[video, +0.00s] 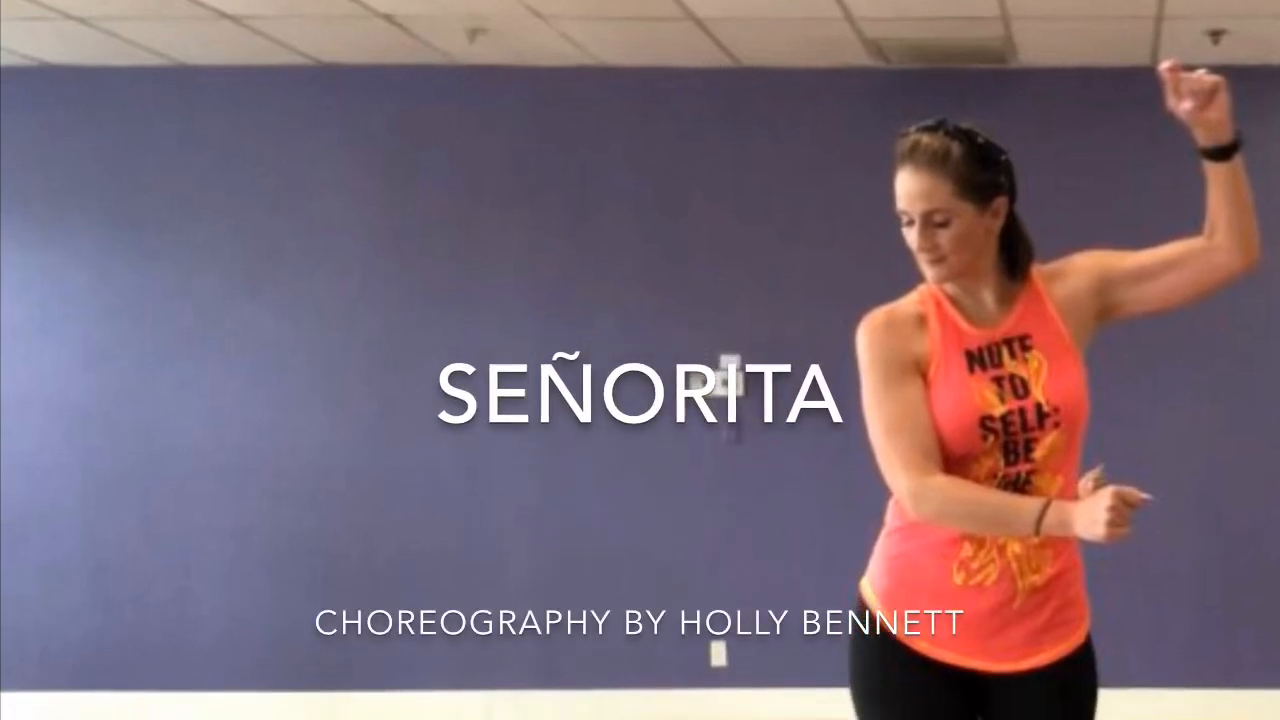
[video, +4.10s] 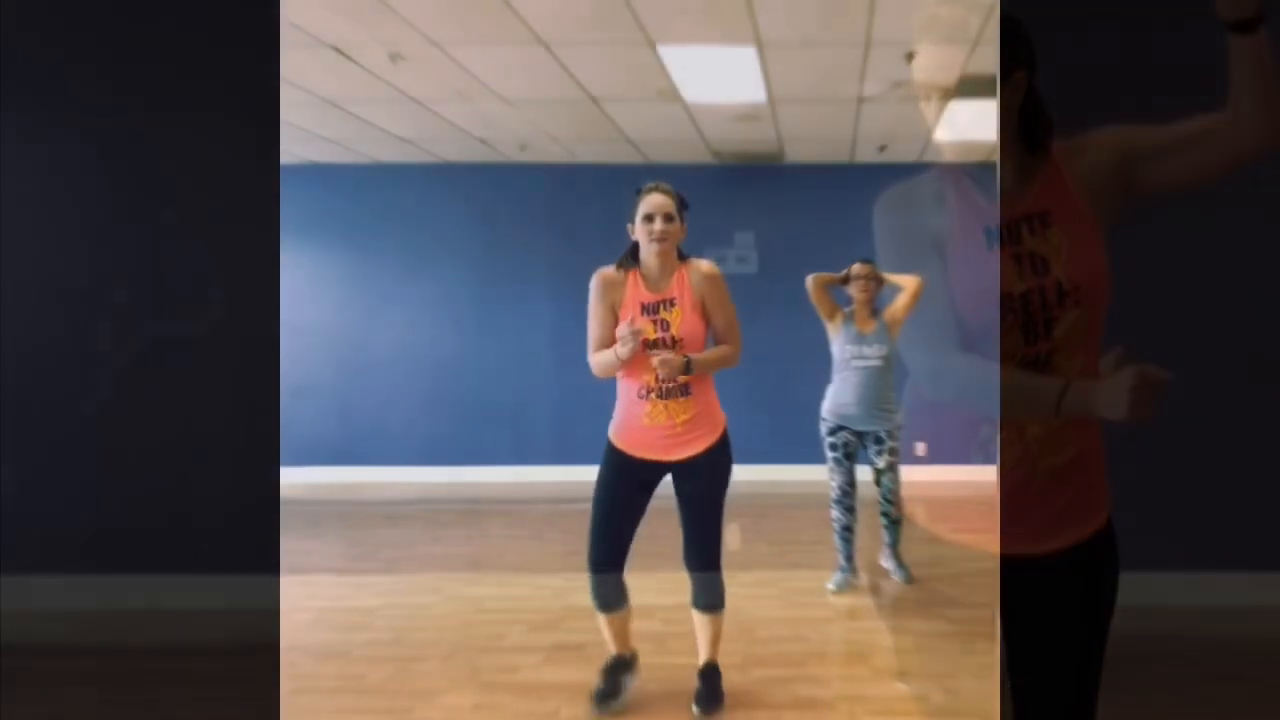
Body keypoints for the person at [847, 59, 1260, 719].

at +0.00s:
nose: (920, 241)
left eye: (939, 221)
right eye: (907, 222)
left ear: (997, 210)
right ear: (897, 217)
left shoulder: (1076, 291)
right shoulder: (892, 334)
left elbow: (1233, 251)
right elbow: (921, 491)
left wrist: (1217, 140)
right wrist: (1066, 517)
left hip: (1045, 646)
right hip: (913, 643)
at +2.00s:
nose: (928, 181)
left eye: (946, 160)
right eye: (916, 162)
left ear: (1005, 149)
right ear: (906, 158)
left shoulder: (1087, 229)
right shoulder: (901, 273)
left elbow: (1242, 191)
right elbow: (928, 432)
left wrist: (1228, 79)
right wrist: (1074, 457)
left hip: (1054, 587)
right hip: (919, 587)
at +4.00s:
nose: (962, 113)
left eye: (981, 88)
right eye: (941, 92)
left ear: (1016, 89)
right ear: (921, 99)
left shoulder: (1091, 169)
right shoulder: (909, 212)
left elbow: (1250, 132)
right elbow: (936, 370)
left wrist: (1243, 27)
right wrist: (1088, 401)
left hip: (1068, 534)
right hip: (953, 538)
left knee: (1059, 712)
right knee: (953, 711)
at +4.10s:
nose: (978, 99)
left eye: (993, 79)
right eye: (959, 81)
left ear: (1021, 82)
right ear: (929, 90)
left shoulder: (1088, 166)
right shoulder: (911, 208)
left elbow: (1249, 129)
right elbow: (934, 370)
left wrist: (1244, 28)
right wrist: (1087, 398)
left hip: (1069, 534)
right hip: (957, 538)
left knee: (1061, 712)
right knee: (957, 712)